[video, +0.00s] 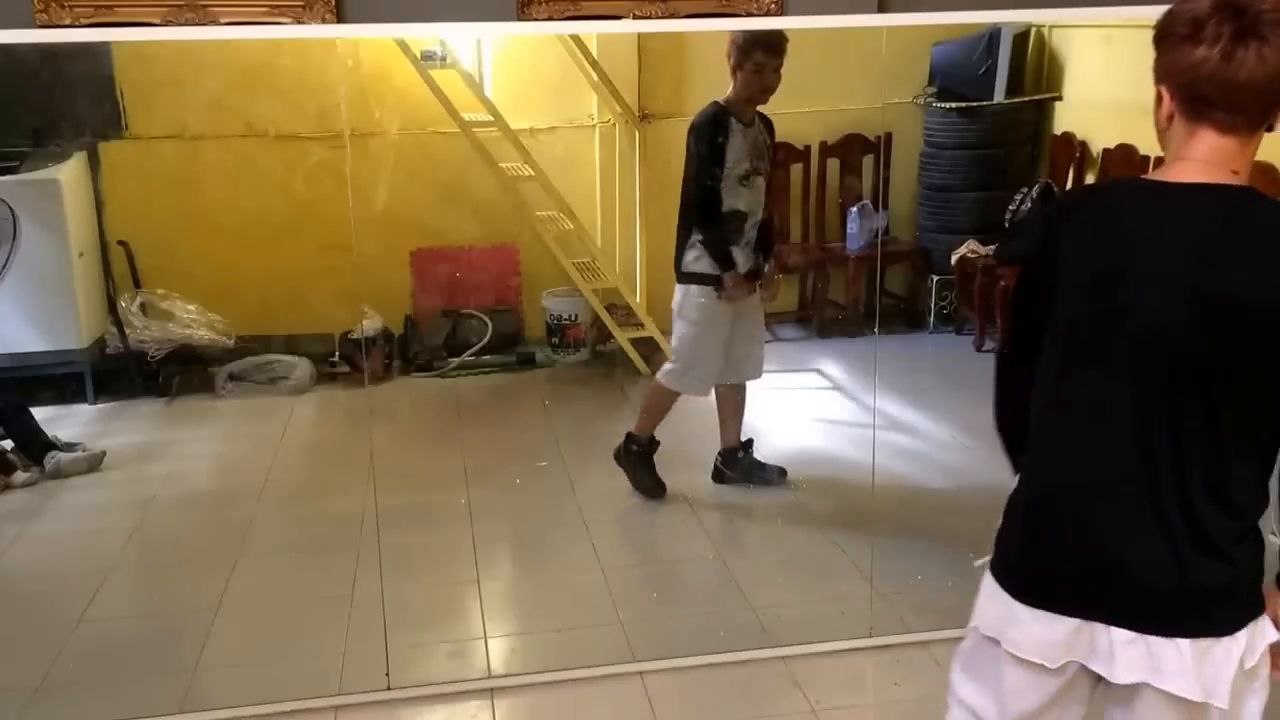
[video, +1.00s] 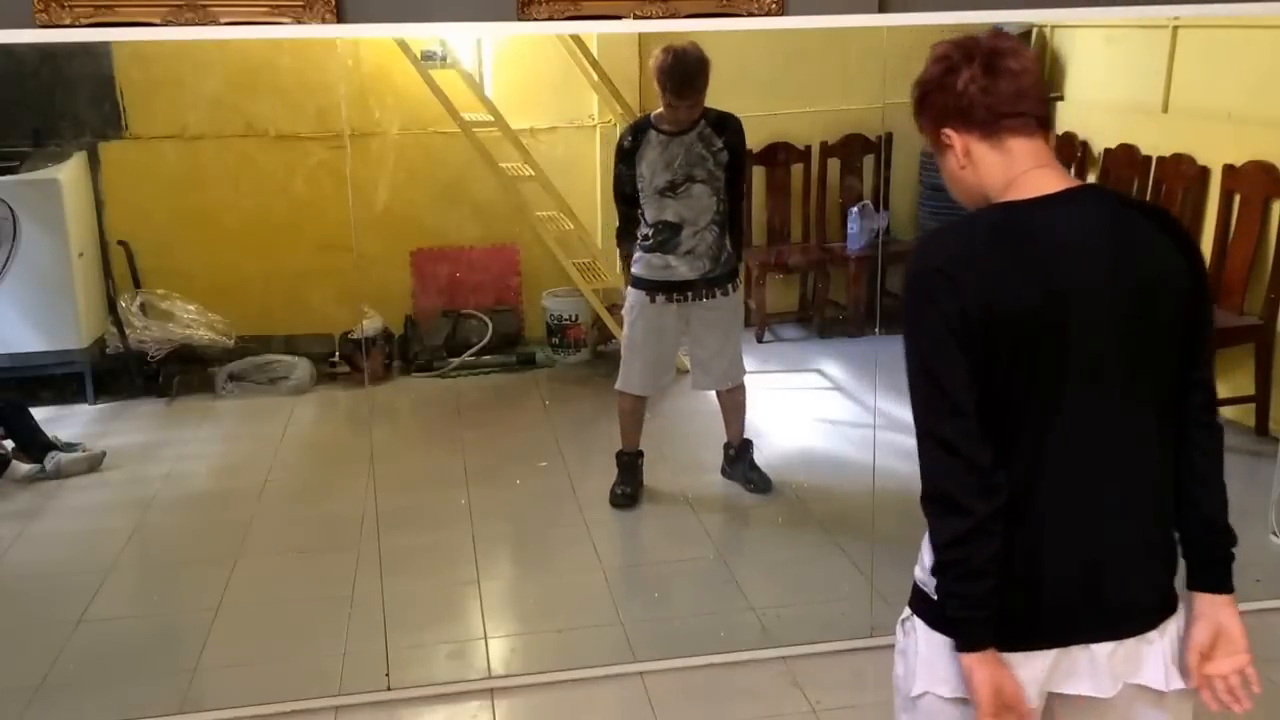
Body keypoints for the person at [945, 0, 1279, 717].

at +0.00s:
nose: (1149, 102)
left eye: (1152, 86)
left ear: (1164, 101)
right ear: (1269, 117)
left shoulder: (1072, 222)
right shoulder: (1270, 242)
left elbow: (1017, 413)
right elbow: (1271, 443)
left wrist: (1069, 498)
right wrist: (1276, 590)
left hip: (1043, 590)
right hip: (1203, 612)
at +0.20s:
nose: (1111, 117)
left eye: (1110, 98)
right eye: (1111, 97)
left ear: (1127, 105)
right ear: (1227, 107)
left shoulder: (1054, 227)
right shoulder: (1267, 240)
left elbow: (982, 391)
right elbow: (1277, 428)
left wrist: (951, 525)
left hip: (1037, 588)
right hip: (1190, 598)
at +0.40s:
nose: (1032, 134)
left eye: (1030, 116)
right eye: (1030, 115)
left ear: (1050, 115)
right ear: (1137, 109)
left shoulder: (1007, 243)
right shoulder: (1227, 240)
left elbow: (941, 419)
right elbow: (1256, 417)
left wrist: (901, 568)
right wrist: (1236, 557)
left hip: (1016, 604)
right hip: (1166, 604)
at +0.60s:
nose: (936, 149)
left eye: (934, 132)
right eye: (932, 133)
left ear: (952, 129)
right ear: (1045, 113)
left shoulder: (930, 261)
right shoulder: (1146, 235)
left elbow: (899, 454)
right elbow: (1192, 411)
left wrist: (912, 622)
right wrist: (1199, 565)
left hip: (982, 618)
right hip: (1128, 608)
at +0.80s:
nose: (907, 165)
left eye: (900, 147)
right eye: (903, 148)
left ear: (915, 139)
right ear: (1007, 121)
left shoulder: (905, 262)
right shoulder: (1120, 227)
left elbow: (910, 462)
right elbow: (1177, 405)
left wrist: (970, 630)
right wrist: (1184, 570)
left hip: (968, 635)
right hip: (1119, 619)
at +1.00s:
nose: (943, 174)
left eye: (937, 156)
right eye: (937, 157)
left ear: (957, 144)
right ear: (1041, 122)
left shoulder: (950, 264)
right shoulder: (1160, 238)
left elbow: (956, 468)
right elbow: (1195, 424)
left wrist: (976, 643)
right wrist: (1213, 592)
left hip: (998, 620)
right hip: (1136, 612)